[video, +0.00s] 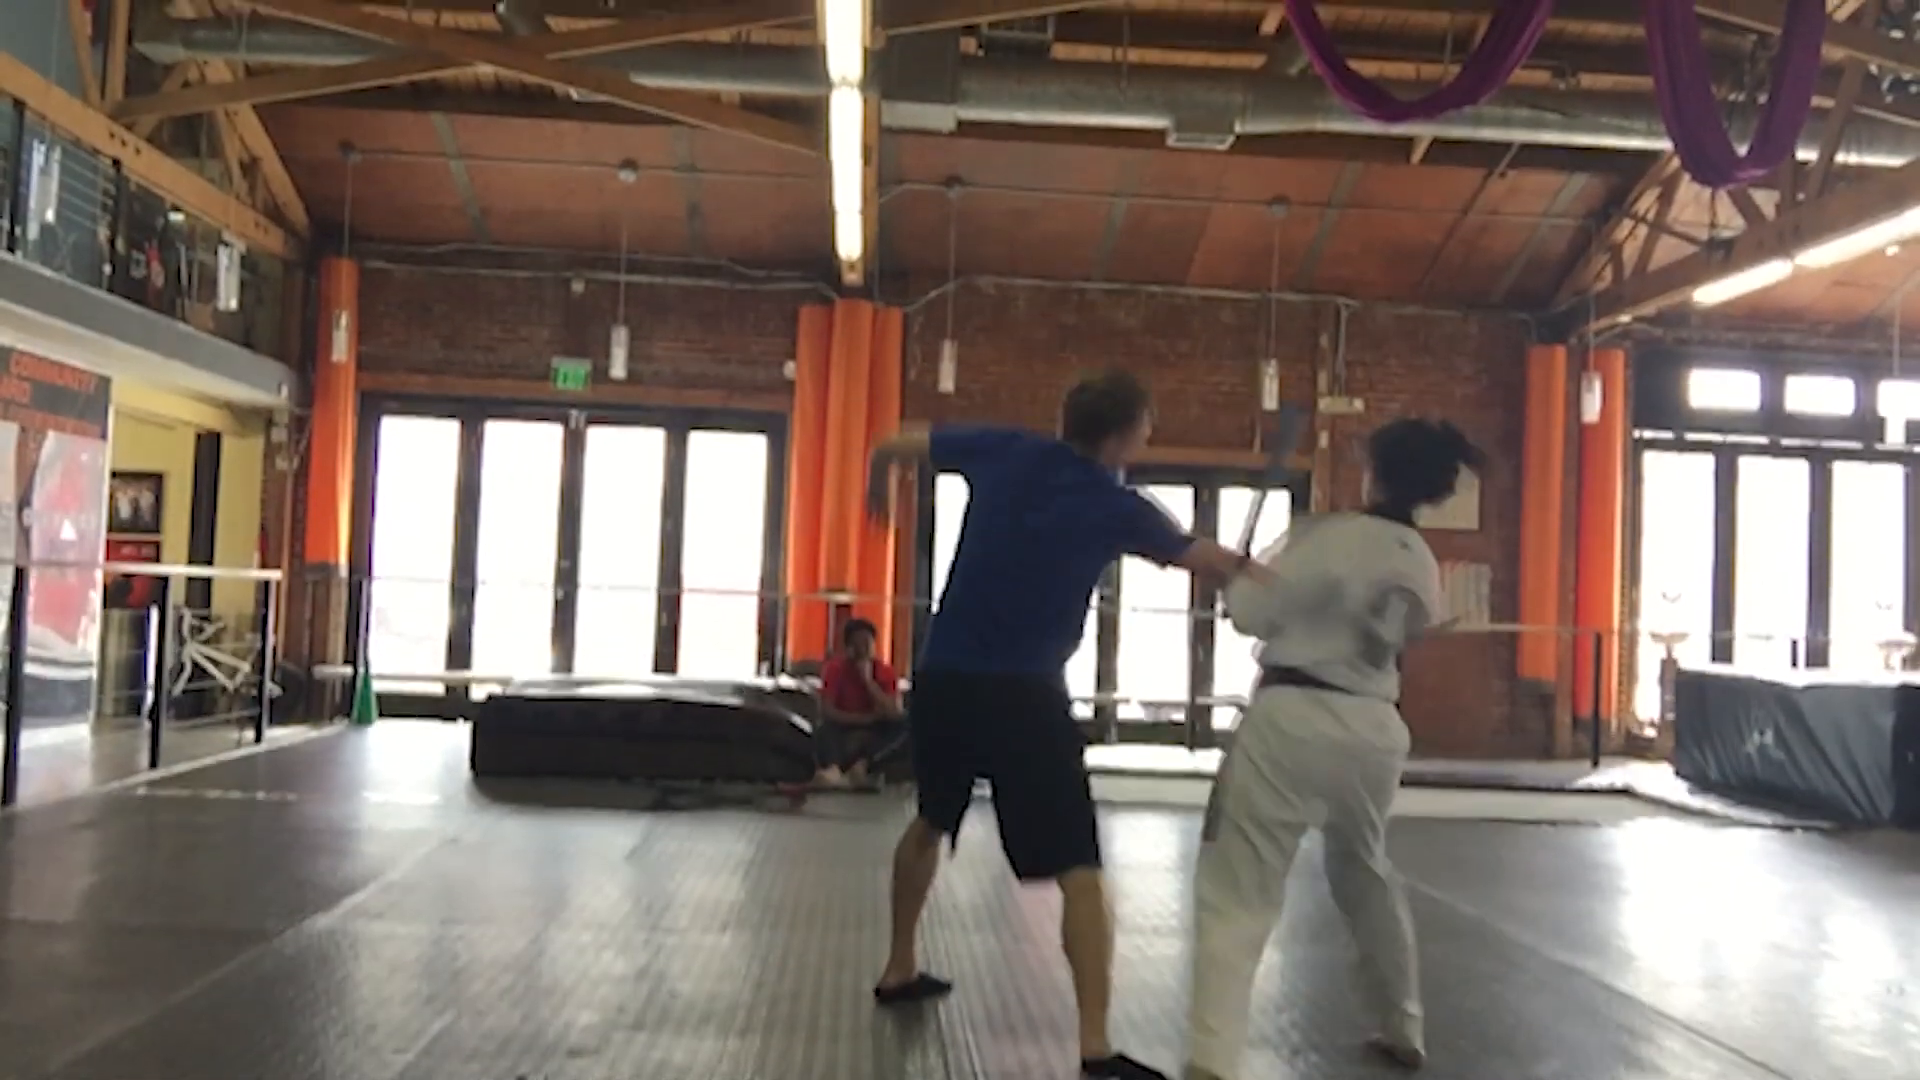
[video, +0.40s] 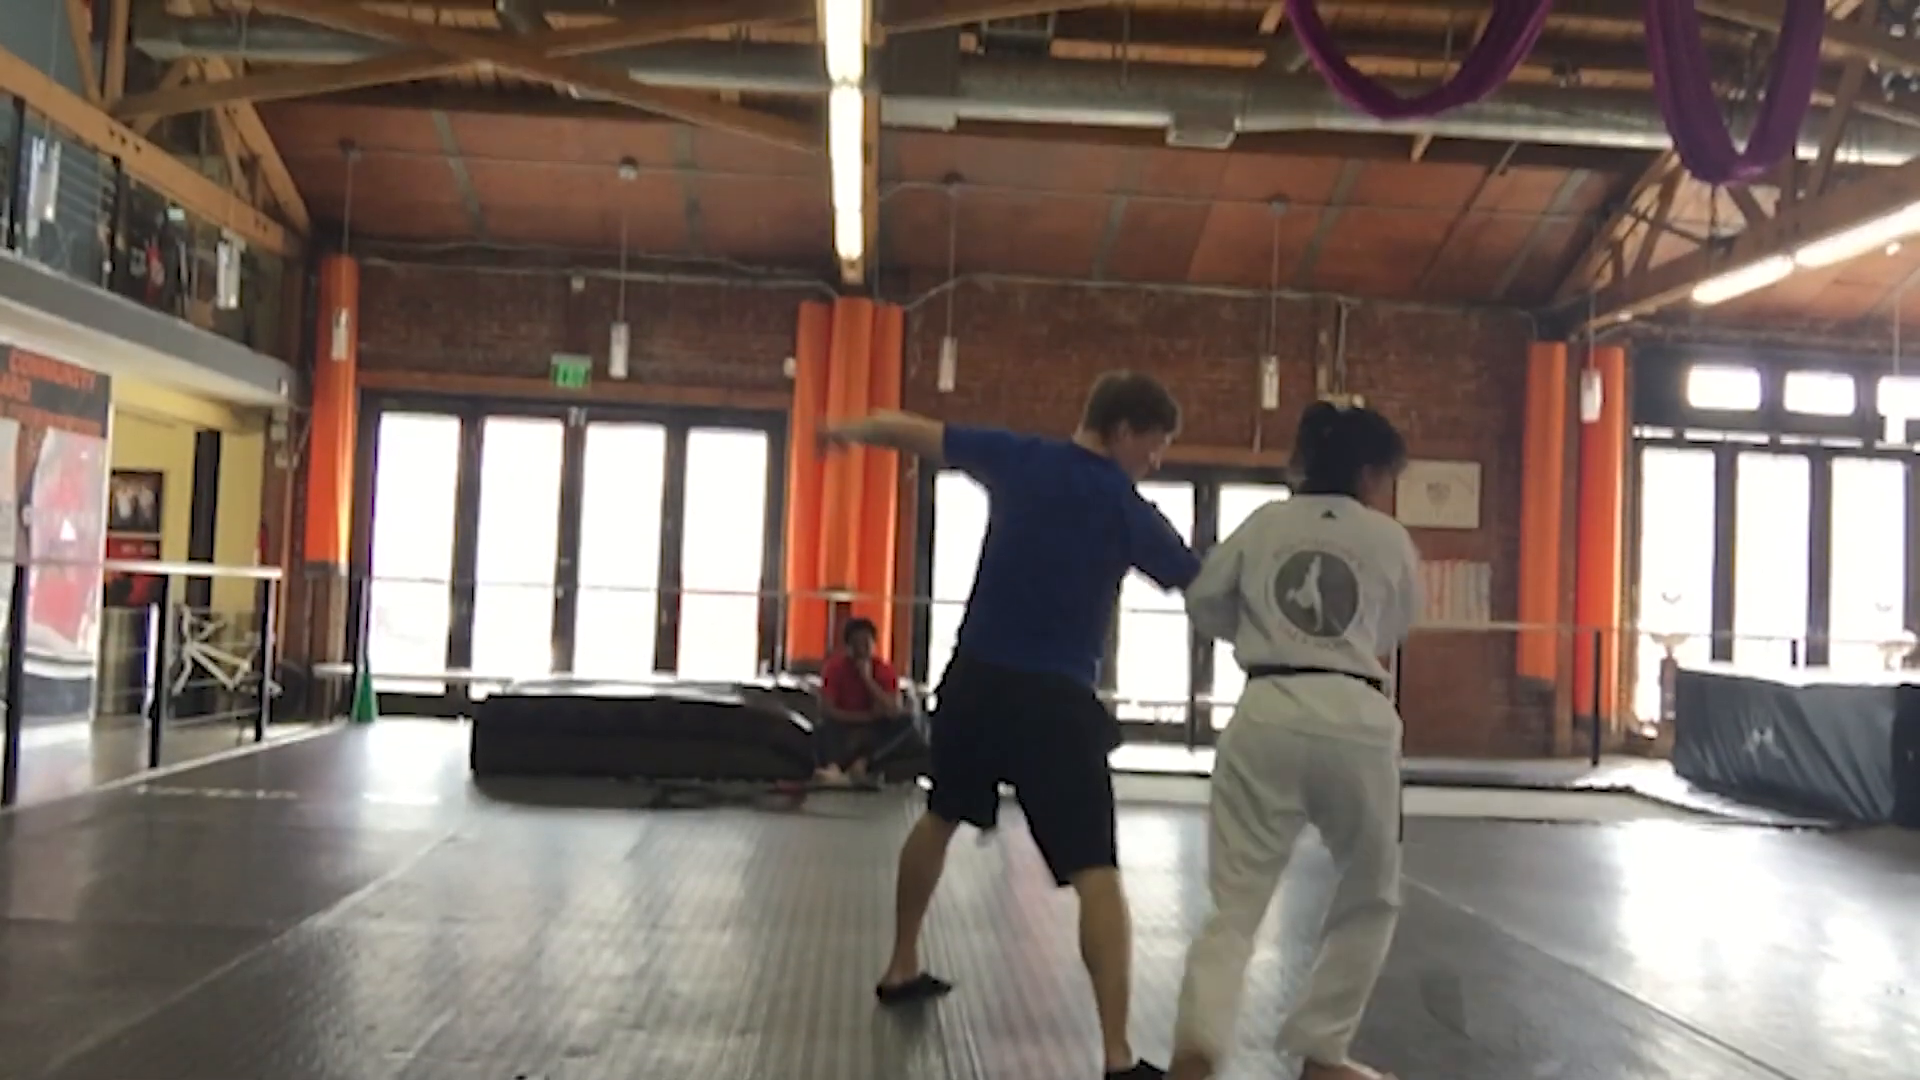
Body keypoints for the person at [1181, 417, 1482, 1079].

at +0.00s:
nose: (1359, 474)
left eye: (1366, 464)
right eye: (1369, 464)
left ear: (1374, 476)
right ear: (1429, 489)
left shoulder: (1324, 537)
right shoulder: (1420, 562)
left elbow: (1253, 612)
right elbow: (1371, 626)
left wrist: (1231, 570)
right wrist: (1270, 573)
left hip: (1289, 721)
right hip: (1374, 727)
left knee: (1236, 895)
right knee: (1366, 867)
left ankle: (1213, 1062)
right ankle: (1404, 1030)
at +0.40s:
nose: (1393, 492)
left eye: (1395, 477)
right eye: (1390, 477)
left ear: (1308, 466)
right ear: (1364, 473)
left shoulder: (1263, 521)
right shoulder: (1388, 537)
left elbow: (1204, 601)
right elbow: (1399, 629)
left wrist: (1266, 638)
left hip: (1265, 712)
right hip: (1359, 717)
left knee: (1235, 899)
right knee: (1369, 894)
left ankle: (1195, 1053)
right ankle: (1320, 1047)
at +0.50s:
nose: (1421, 495)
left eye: (1425, 481)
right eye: (1416, 479)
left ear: (1360, 468)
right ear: (1380, 470)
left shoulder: (1283, 516)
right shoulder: (1388, 532)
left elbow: (1218, 593)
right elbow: (1468, 567)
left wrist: (1262, 647)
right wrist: (1464, 535)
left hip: (1258, 700)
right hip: (1338, 706)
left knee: (1297, 873)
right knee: (1360, 887)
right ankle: (1333, 1057)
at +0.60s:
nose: (1431, 507)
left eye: (1438, 495)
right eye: (1425, 494)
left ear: (1374, 473)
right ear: (1393, 483)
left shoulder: (1321, 511)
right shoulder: (1385, 543)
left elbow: (1248, 562)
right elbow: (1471, 568)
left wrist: (1224, 623)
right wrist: (1485, 496)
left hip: (1270, 697)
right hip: (1296, 709)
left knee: (1388, 846)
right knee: (1365, 873)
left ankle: (1286, 940)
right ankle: (1342, 1054)